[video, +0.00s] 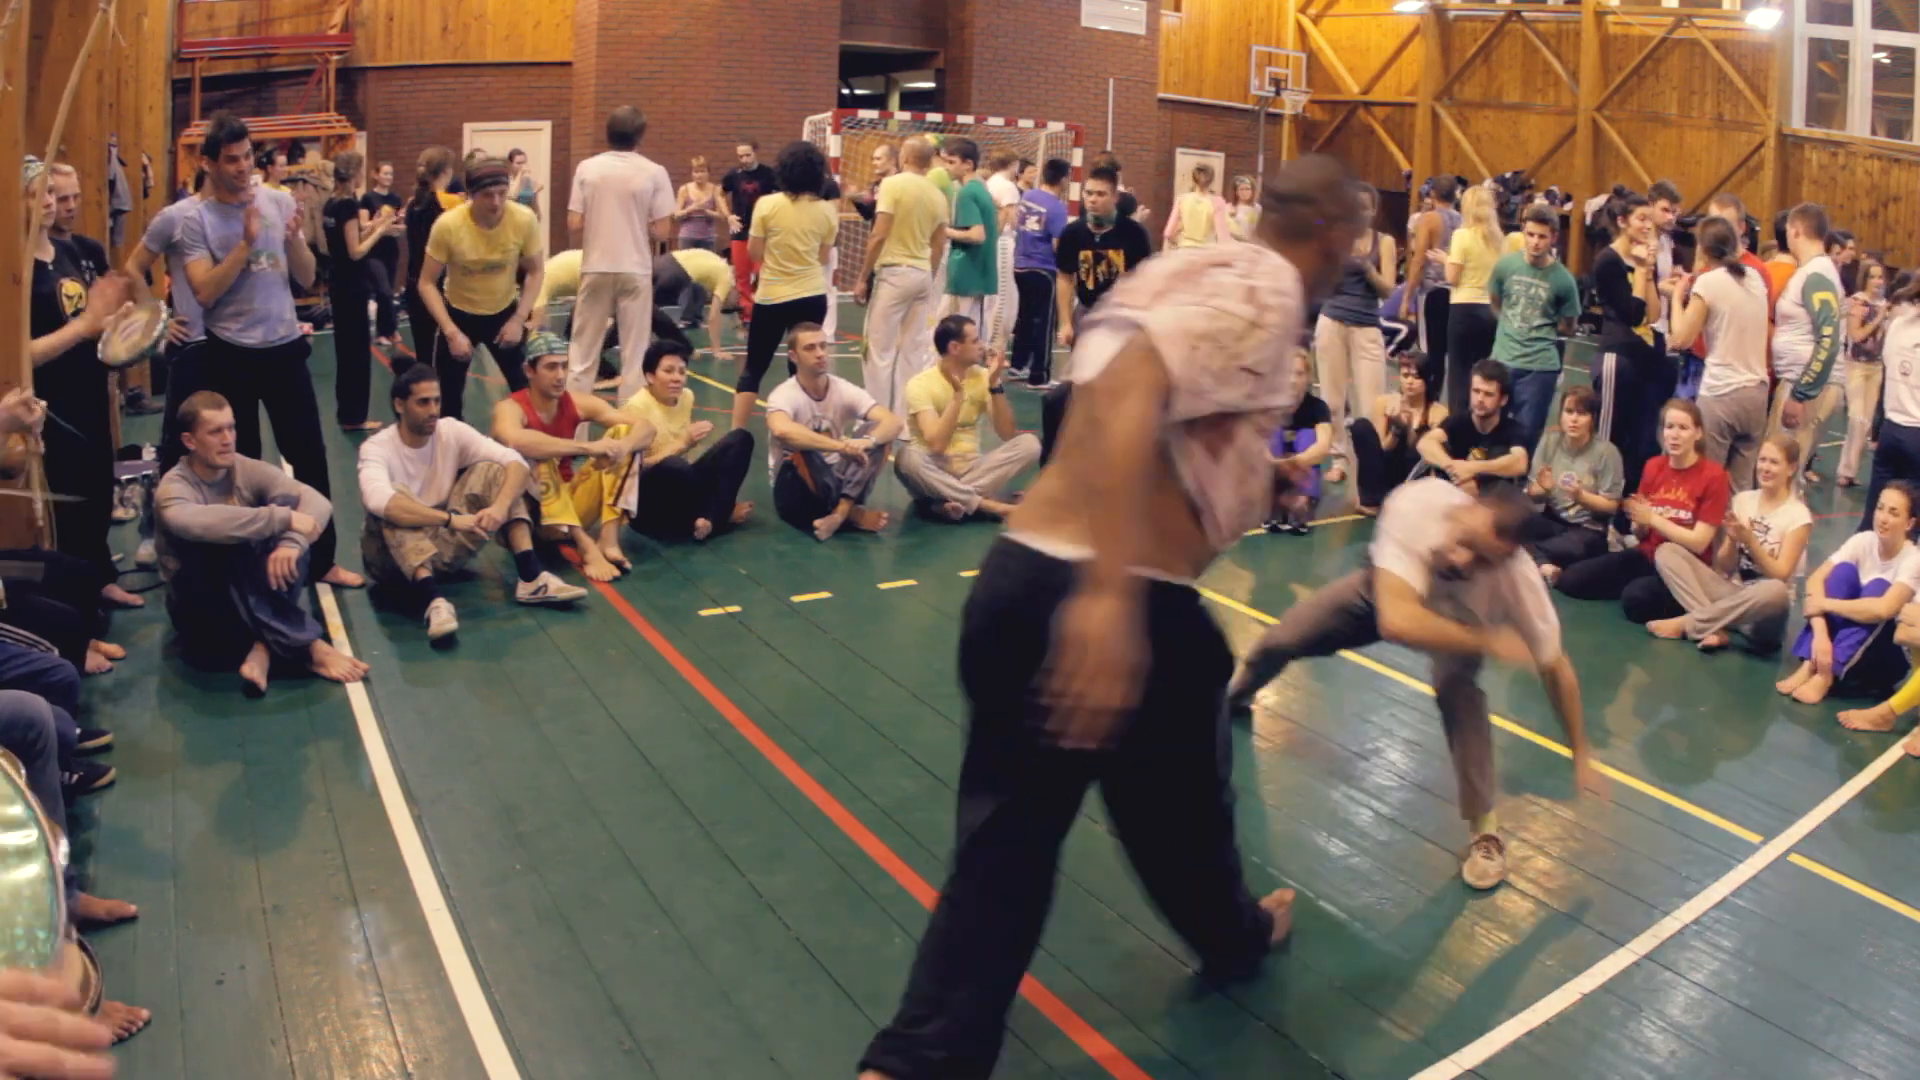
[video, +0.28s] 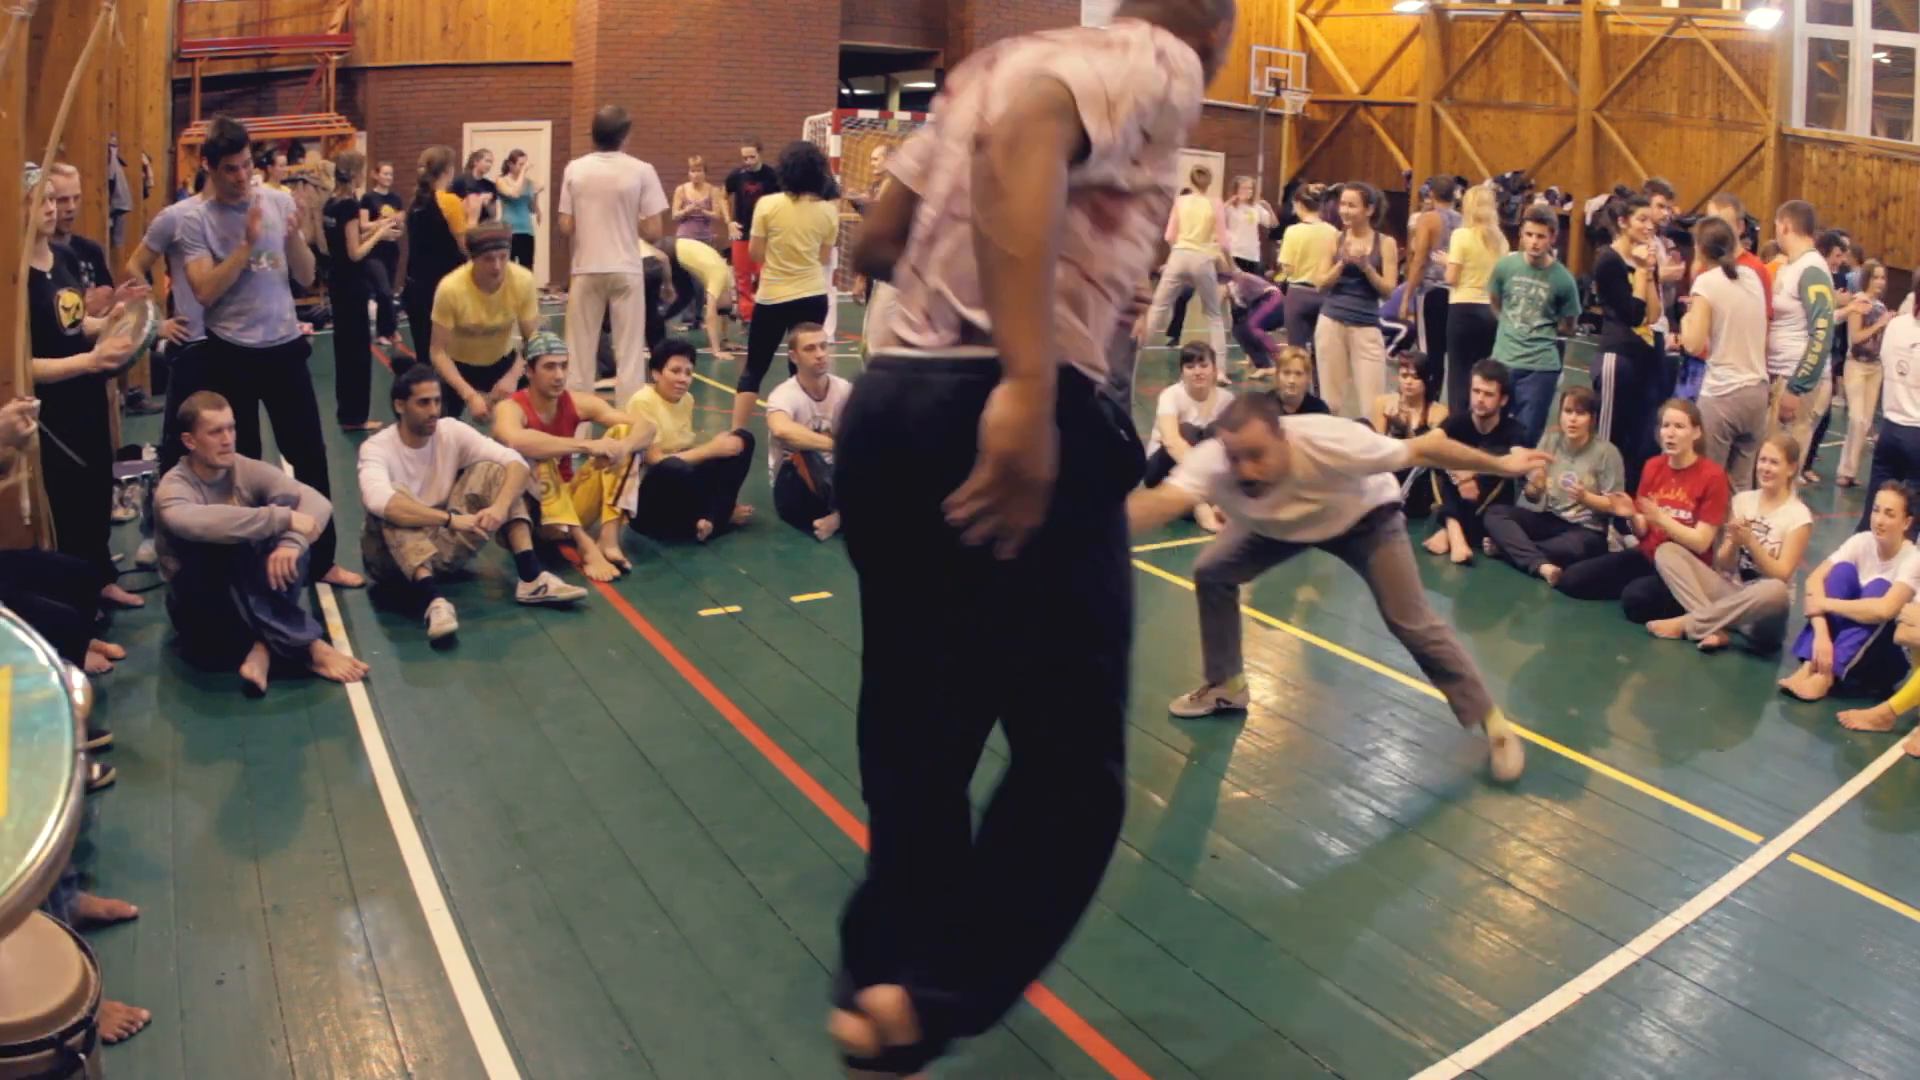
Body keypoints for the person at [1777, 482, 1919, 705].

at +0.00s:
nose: (1883, 518)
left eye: (1893, 513)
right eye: (1880, 508)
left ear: (1909, 523)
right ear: (1874, 510)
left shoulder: (1913, 558)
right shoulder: (1862, 541)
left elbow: (1885, 610)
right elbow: (1814, 580)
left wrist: (1823, 604)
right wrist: (1821, 637)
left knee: (1877, 586)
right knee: (1844, 570)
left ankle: (1825, 675)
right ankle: (1809, 665)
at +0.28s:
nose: (1879, 520)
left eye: (1889, 514)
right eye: (1876, 511)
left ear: (1907, 523)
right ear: (1870, 512)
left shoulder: (1913, 558)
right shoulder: (1860, 542)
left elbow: (1885, 610)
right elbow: (1814, 579)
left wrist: (1823, 603)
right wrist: (1822, 637)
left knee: (1878, 586)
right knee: (1843, 570)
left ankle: (1825, 675)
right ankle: (1808, 665)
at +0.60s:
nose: (1877, 521)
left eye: (1887, 515)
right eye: (1874, 512)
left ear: (1905, 523)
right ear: (1868, 512)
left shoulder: (1912, 559)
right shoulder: (1860, 542)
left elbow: (1885, 609)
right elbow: (1814, 581)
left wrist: (1822, 604)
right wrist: (1820, 638)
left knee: (1876, 586)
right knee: (1843, 571)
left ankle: (1824, 676)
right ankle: (1807, 666)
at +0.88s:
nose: (1877, 521)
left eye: (1887, 515)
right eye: (1874, 512)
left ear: (1905, 523)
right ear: (1868, 513)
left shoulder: (1912, 559)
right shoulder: (1859, 542)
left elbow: (1884, 609)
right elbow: (1814, 581)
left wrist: (1822, 604)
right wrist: (1820, 637)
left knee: (1876, 586)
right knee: (1843, 571)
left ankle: (1824, 676)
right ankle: (1807, 666)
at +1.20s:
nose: (1876, 521)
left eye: (1886, 515)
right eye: (1874, 512)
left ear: (1905, 523)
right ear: (1868, 512)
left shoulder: (1912, 559)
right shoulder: (1860, 542)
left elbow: (1885, 610)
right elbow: (1814, 581)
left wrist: (1823, 604)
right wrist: (1820, 638)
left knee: (1877, 587)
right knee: (1843, 572)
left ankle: (1823, 676)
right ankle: (1807, 666)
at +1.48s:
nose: (1876, 521)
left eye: (1886, 515)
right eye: (1874, 512)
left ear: (1905, 524)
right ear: (1869, 512)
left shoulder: (1912, 559)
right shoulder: (1860, 542)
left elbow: (1885, 609)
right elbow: (1814, 581)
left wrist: (1823, 604)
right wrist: (1820, 638)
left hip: (1880, 667)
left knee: (1877, 587)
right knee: (1843, 572)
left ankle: (1823, 676)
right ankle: (1808, 666)